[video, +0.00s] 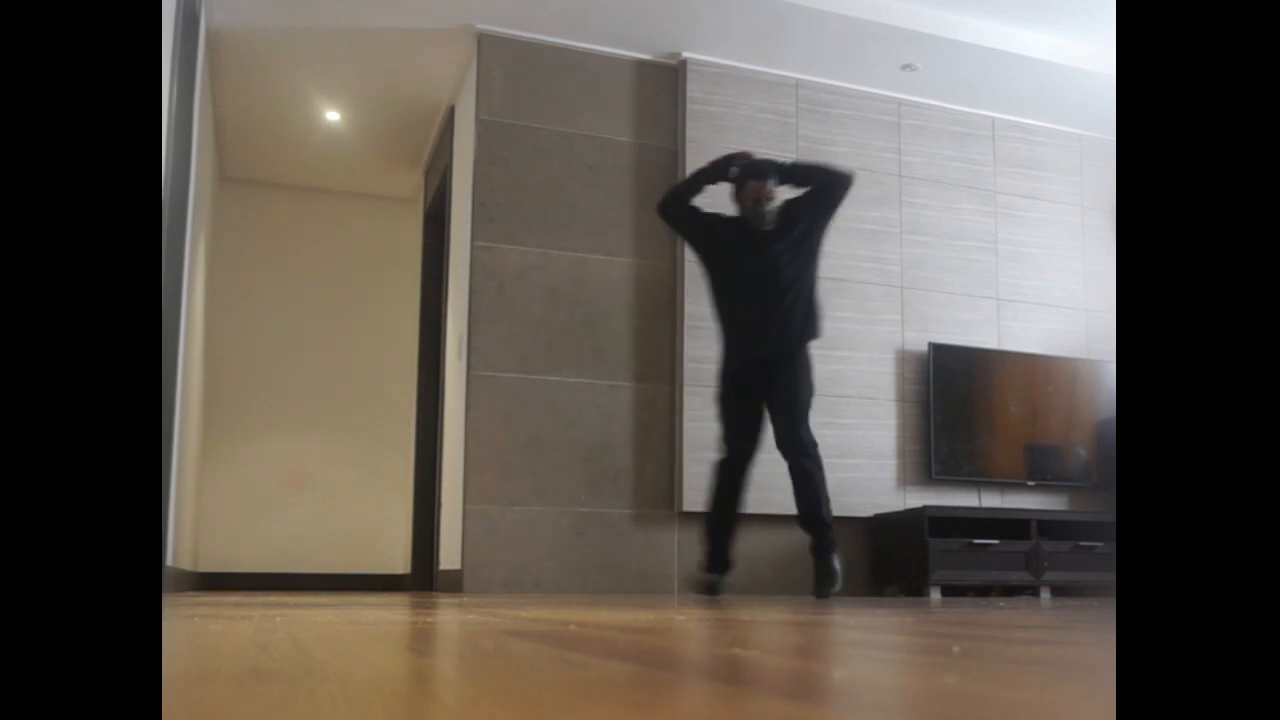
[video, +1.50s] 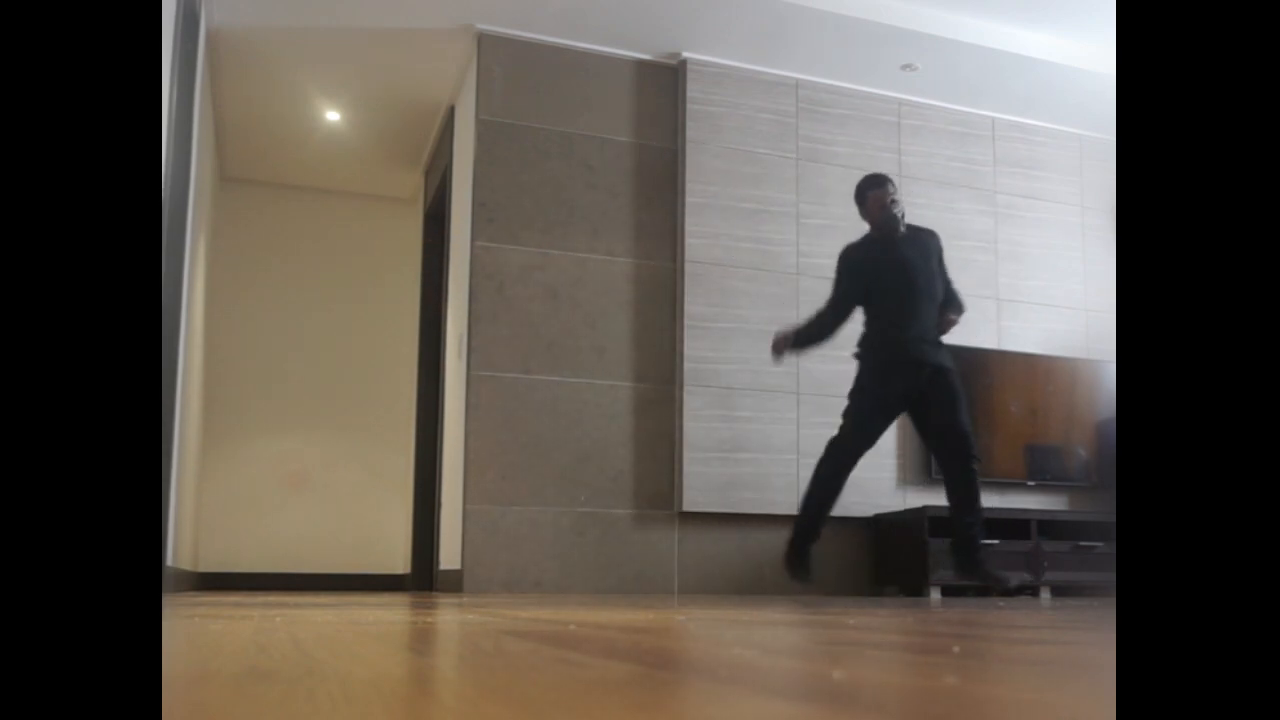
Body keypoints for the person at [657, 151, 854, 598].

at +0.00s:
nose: (758, 195)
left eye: (764, 187)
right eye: (749, 189)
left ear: (775, 190)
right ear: (735, 195)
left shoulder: (800, 222)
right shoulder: (716, 233)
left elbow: (838, 181)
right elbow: (670, 207)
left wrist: (777, 170)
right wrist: (711, 172)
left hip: (790, 360)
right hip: (741, 362)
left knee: (798, 449)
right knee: (736, 456)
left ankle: (824, 553)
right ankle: (715, 565)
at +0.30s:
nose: (816, 195)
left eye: (821, 188)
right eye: (806, 189)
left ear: (831, 194)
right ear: (789, 199)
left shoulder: (850, 230)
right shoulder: (764, 242)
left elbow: (894, 178)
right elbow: (710, 223)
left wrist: (828, 171)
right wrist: (757, 182)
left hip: (844, 358)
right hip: (797, 361)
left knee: (850, 451)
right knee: (818, 450)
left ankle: (860, 562)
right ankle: (812, 563)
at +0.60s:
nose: (887, 219)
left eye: (892, 212)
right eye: (879, 212)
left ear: (900, 215)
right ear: (862, 218)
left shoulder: (920, 249)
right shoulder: (838, 262)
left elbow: (964, 209)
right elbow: (787, 282)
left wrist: (914, 187)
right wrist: (801, 227)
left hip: (905, 381)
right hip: (852, 382)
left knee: (934, 472)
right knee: (819, 460)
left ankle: (957, 575)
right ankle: (822, 560)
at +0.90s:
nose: (933, 227)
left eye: (936, 219)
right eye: (925, 220)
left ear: (938, 220)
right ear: (902, 219)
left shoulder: (947, 265)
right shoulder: (870, 264)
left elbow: (981, 309)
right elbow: (851, 326)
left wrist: (1009, 266)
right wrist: (837, 381)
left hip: (939, 384)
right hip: (893, 382)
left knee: (949, 479)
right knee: (896, 468)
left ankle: (957, 577)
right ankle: (812, 550)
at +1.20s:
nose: (898, 207)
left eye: (898, 200)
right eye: (888, 203)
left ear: (901, 204)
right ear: (867, 213)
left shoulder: (920, 249)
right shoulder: (854, 257)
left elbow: (931, 296)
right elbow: (836, 306)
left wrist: (940, 318)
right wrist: (816, 334)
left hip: (921, 369)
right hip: (876, 370)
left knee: (960, 458)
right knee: (851, 459)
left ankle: (1003, 555)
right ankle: (809, 561)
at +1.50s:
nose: (892, 203)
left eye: (894, 196)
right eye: (881, 200)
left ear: (902, 201)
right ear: (865, 212)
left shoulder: (927, 241)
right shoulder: (857, 256)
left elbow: (946, 291)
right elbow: (836, 312)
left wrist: (951, 309)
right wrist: (795, 339)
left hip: (932, 369)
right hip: (882, 369)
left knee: (960, 458)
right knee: (845, 450)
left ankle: (972, 562)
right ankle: (800, 547)